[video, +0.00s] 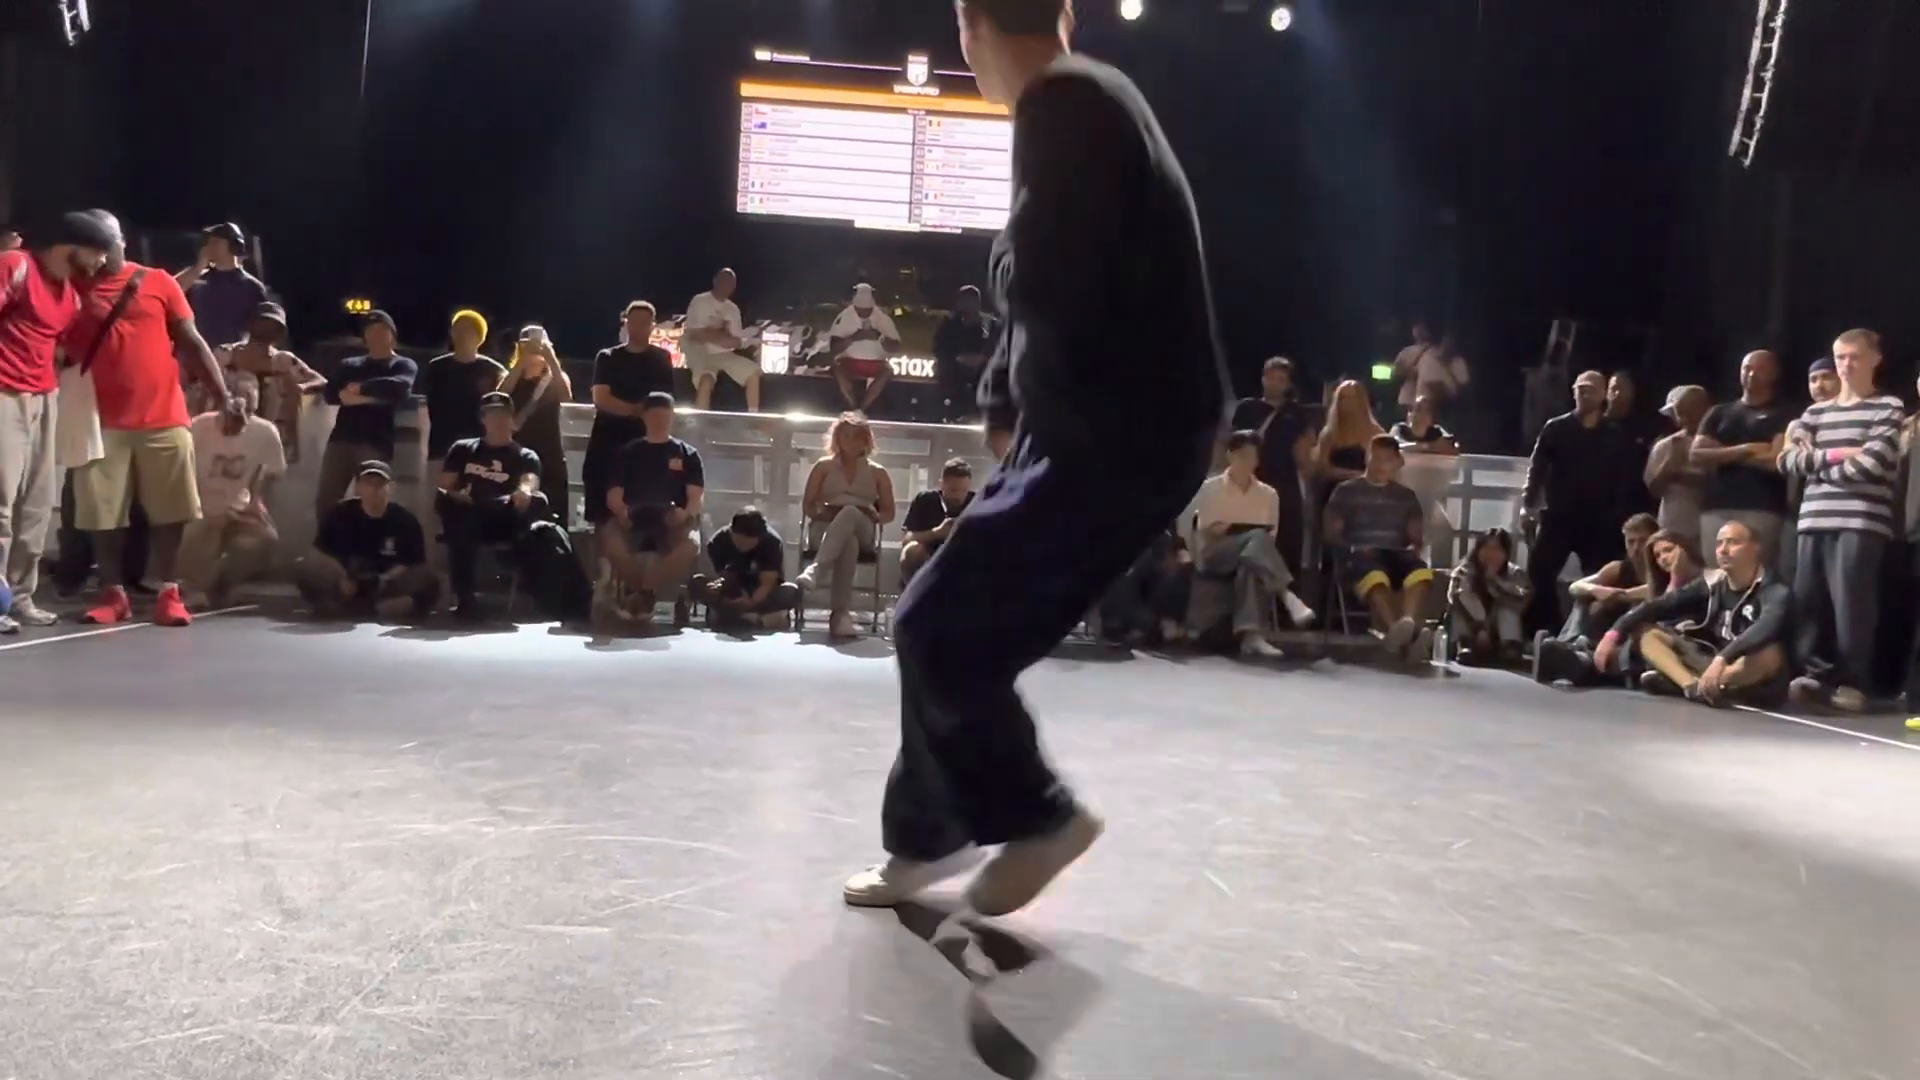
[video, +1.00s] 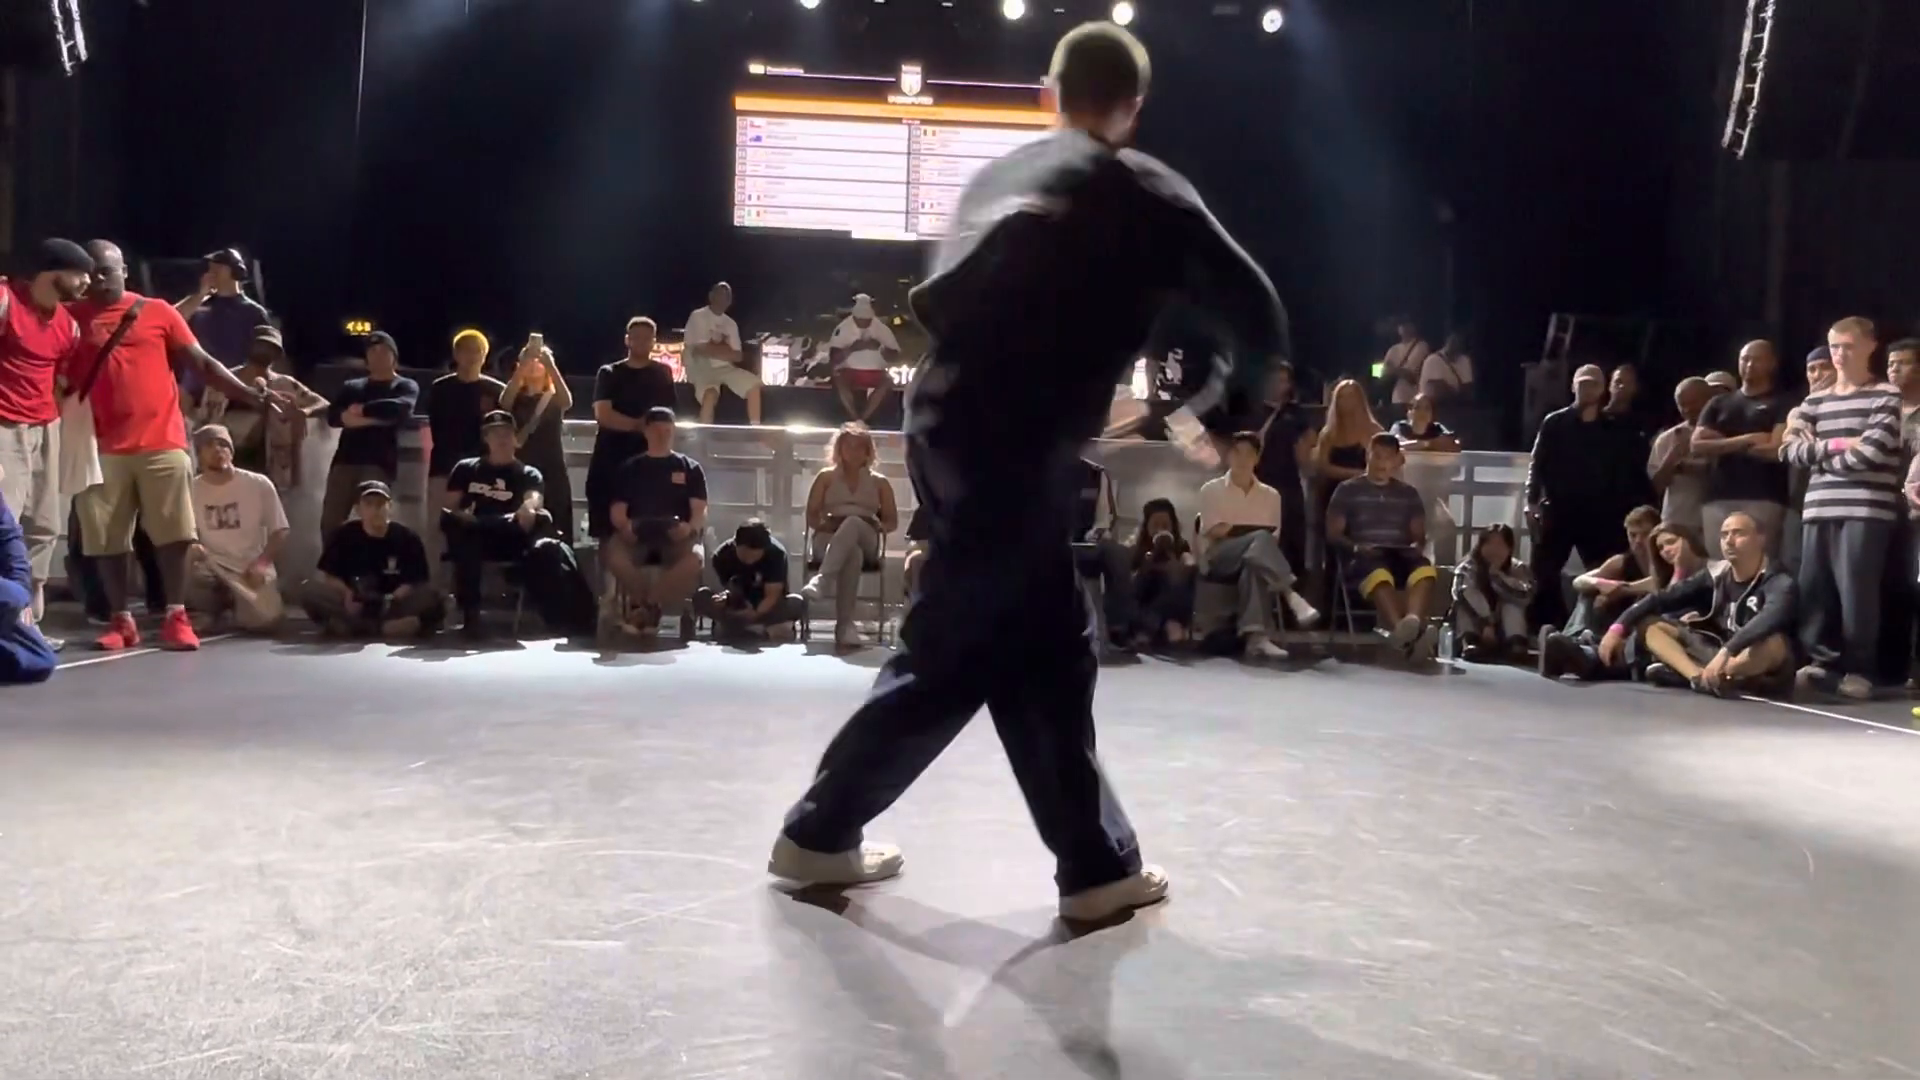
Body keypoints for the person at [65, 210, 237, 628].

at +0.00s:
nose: (94, 260)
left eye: (100, 250)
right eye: (88, 252)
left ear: (117, 244)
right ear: (82, 253)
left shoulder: (158, 283)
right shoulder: (77, 292)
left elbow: (194, 342)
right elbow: (59, 356)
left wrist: (224, 397)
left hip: (164, 419)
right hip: (104, 424)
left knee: (171, 510)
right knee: (104, 516)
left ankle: (167, 593)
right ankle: (114, 595)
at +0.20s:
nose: (109, 245)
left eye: (114, 236)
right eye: (100, 239)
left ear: (122, 238)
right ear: (83, 245)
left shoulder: (149, 277)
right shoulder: (71, 286)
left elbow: (187, 336)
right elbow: (52, 350)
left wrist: (221, 388)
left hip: (156, 414)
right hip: (96, 419)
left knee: (167, 504)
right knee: (96, 510)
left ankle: (163, 587)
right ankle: (109, 590)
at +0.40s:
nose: (114, 251)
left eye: (117, 242)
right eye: (105, 245)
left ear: (125, 246)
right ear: (85, 252)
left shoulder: (151, 286)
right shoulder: (72, 295)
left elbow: (188, 343)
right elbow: (52, 358)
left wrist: (226, 388)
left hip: (156, 422)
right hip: (97, 427)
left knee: (168, 514)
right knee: (99, 520)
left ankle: (165, 597)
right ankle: (111, 600)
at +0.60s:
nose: (120, 269)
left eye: (124, 261)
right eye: (110, 262)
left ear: (134, 262)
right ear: (92, 267)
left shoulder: (158, 303)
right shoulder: (79, 311)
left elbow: (199, 354)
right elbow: (60, 376)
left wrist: (245, 389)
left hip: (163, 438)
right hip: (104, 444)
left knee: (174, 530)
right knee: (107, 536)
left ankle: (172, 613)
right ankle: (119, 615)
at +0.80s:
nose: (108, 276)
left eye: (114, 267)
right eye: (100, 269)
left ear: (127, 269)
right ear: (86, 272)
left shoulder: (156, 308)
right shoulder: (76, 318)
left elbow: (206, 358)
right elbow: (58, 384)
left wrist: (258, 386)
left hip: (161, 442)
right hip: (103, 448)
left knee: (172, 532)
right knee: (107, 539)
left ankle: (172, 616)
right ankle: (120, 620)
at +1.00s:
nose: (101, 278)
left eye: (108, 270)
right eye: (93, 272)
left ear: (125, 272)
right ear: (82, 276)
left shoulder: (157, 311)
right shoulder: (75, 321)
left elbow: (204, 362)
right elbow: (59, 386)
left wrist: (256, 396)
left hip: (162, 442)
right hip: (104, 448)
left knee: (174, 531)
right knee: (108, 540)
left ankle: (175, 617)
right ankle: (120, 622)